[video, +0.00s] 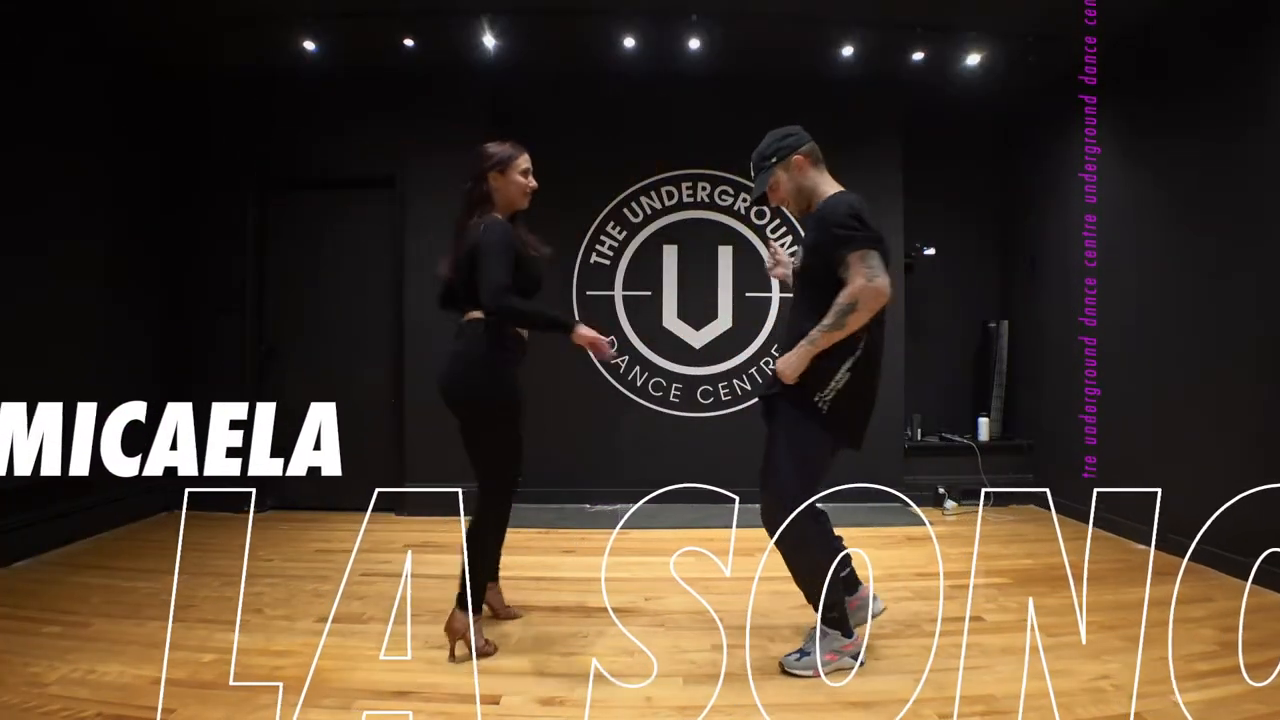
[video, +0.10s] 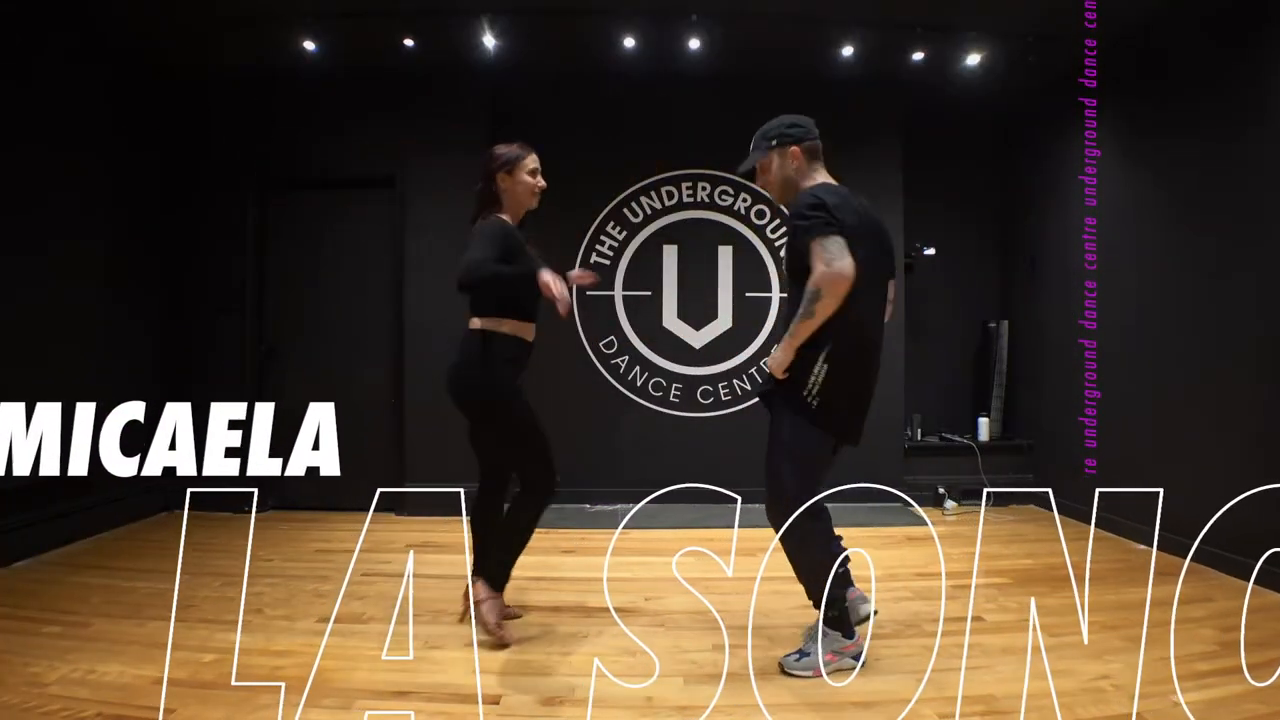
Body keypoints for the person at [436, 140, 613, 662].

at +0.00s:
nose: (533, 183)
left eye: (532, 174)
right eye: (524, 174)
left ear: (502, 184)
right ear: (495, 180)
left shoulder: (483, 229)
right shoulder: (496, 230)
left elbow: (449, 298)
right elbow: (500, 301)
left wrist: (500, 314)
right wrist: (570, 327)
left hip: (475, 363)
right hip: (486, 365)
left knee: (499, 480)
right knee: (498, 485)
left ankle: (488, 582)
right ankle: (464, 611)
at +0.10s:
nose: (542, 182)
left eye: (541, 174)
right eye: (532, 174)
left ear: (520, 182)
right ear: (503, 179)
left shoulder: (515, 236)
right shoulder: (493, 229)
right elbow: (470, 275)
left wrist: (565, 280)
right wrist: (534, 277)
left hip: (496, 367)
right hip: (486, 368)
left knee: (494, 477)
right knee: (539, 478)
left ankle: (482, 585)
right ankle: (489, 587)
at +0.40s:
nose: (556, 181)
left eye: (556, 173)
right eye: (547, 172)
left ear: (550, 182)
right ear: (517, 178)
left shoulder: (547, 244)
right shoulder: (493, 232)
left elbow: (568, 301)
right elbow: (484, 269)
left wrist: (620, 277)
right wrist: (531, 217)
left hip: (539, 368)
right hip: (502, 367)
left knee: (562, 477)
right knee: (531, 478)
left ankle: (517, 566)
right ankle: (524, 592)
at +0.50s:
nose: (559, 182)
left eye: (559, 173)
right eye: (550, 173)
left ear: (546, 182)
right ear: (520, 180)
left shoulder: (552, 242)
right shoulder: (499, 239)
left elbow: (567, 307)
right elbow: (508, 290)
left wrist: (621, 300)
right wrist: (536, 228)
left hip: (548, 370)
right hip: (505, 373)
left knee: (583, 477)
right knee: (530, 481)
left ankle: (562, 581)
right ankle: (522, 588)